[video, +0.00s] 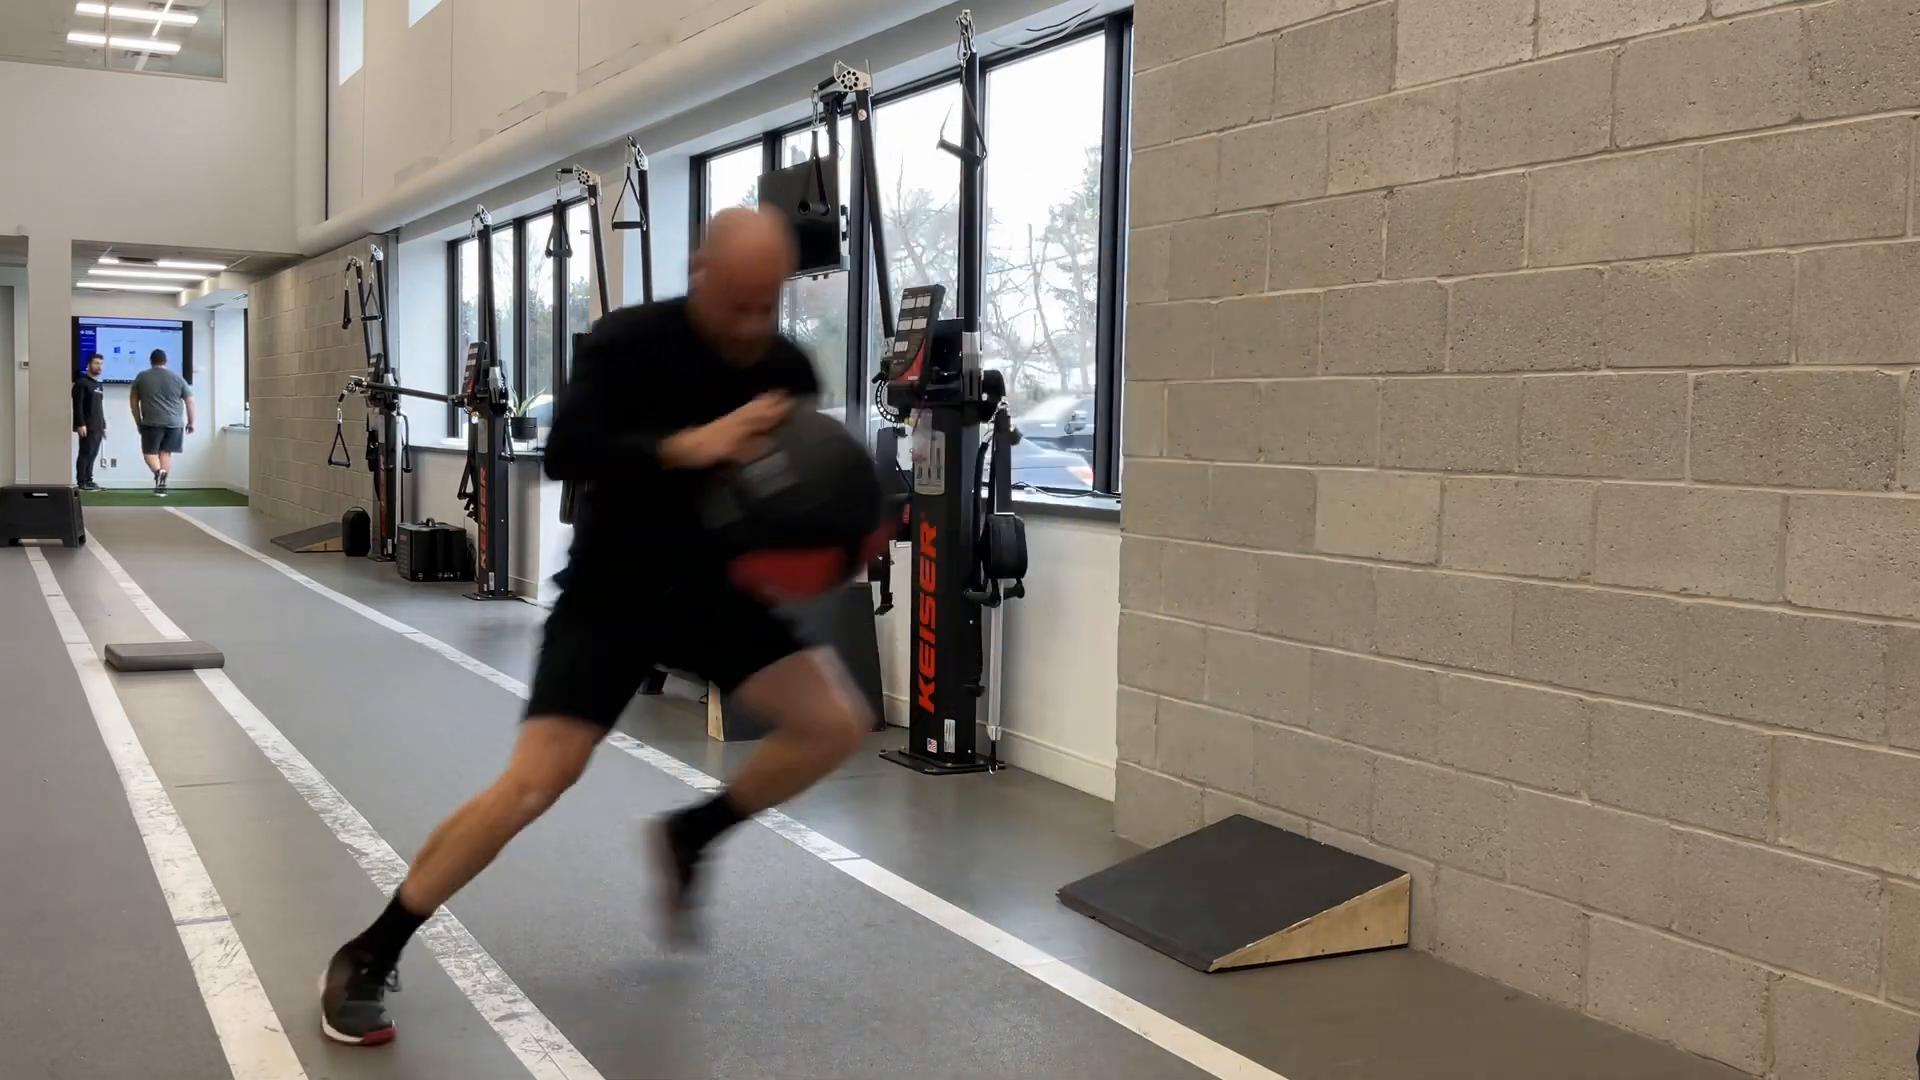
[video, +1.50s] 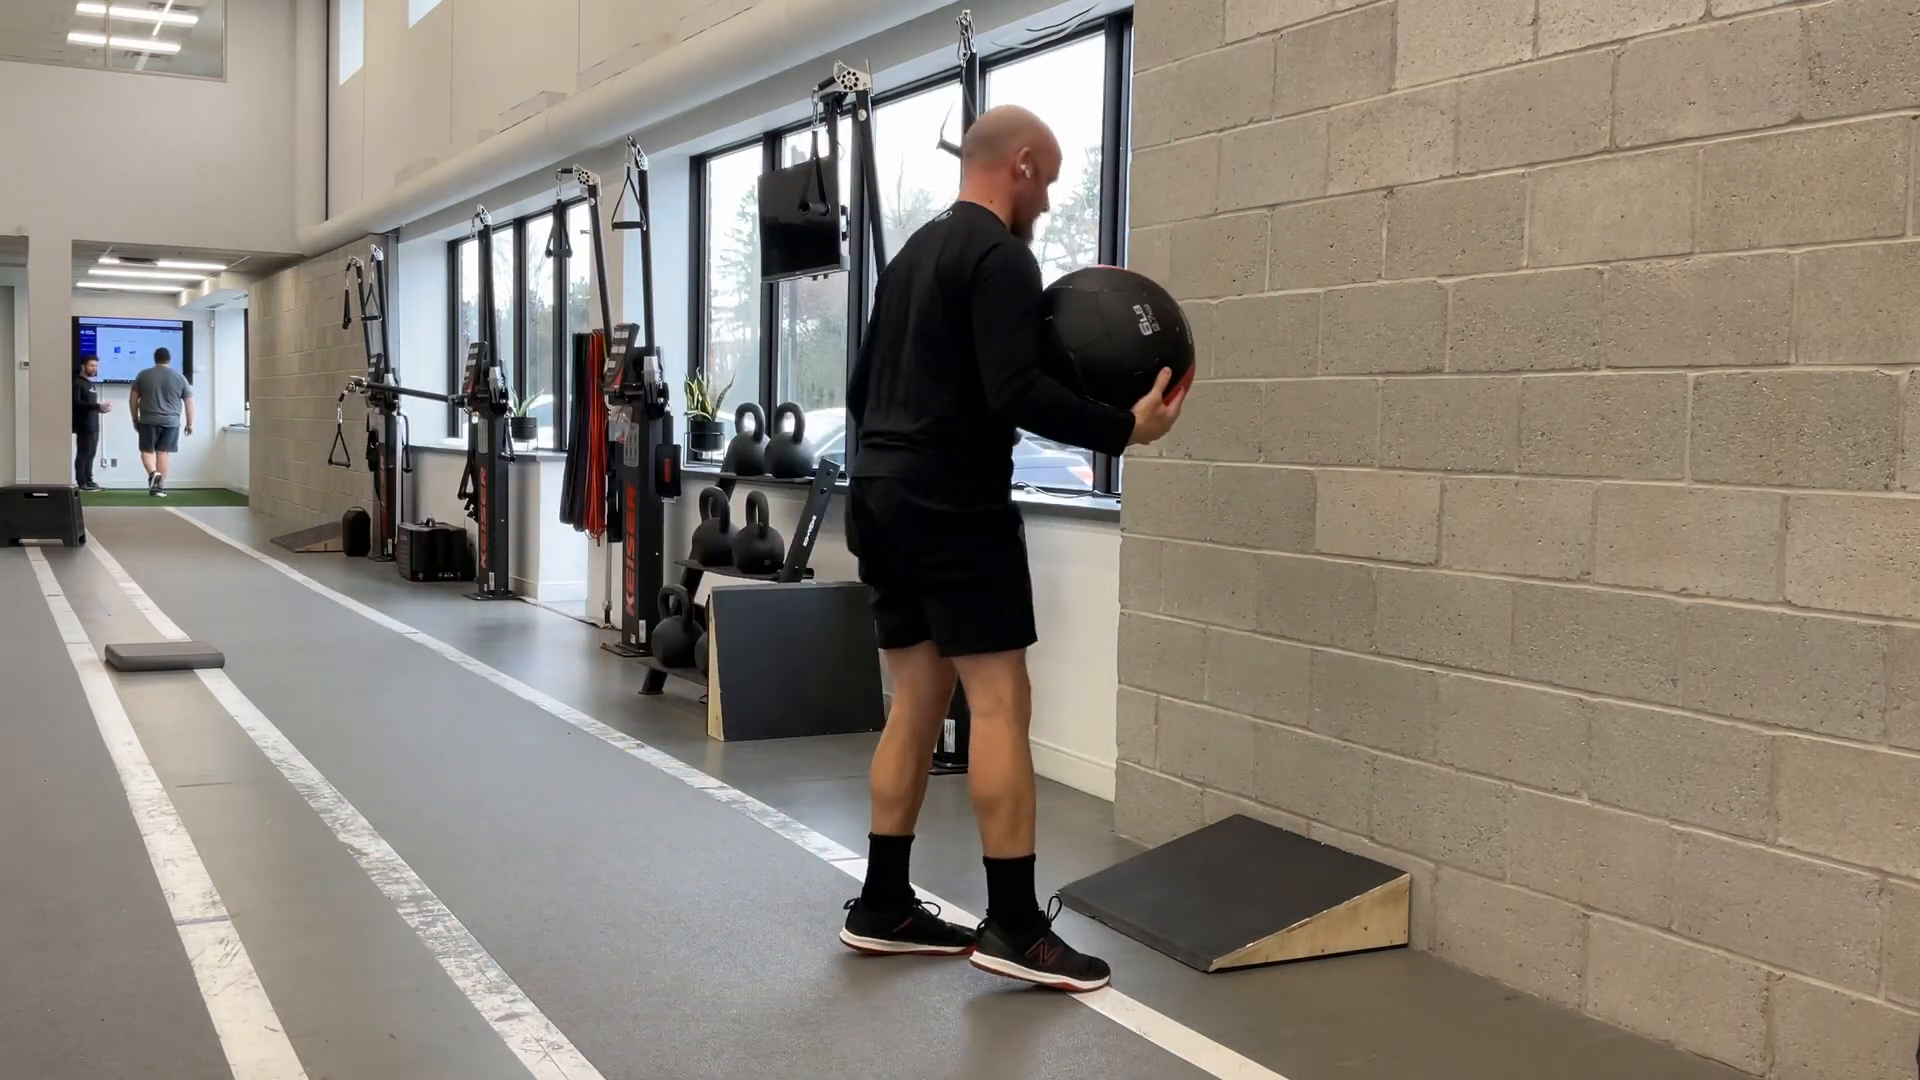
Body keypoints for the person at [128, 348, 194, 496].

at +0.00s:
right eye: (163, 361)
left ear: (151, 362)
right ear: (166, 362)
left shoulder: (142, 377)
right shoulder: (176, 378)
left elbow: (133, 402)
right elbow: (190, 400)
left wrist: (138, 421)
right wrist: (191, 422)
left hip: (152, 423)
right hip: (174, 424)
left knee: (150, 453)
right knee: (166, 452)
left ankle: (158, 471)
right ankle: (162, 486)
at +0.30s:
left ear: (149, 362)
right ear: (163, 362)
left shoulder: (141, 378)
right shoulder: (175, 377)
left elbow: (134, 404)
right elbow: (189, 398)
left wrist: (139, 424)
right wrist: (191, 421)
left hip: (153, 423)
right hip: (176, 424)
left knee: (152, 453)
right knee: (167, 453)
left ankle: (162, 471)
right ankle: (166, 487)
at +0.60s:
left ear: (153, 360)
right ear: (168, 360)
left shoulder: (143, 376)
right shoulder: (178, 377)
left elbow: (134, 400)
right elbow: (190, 399)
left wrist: (138, 418)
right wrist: (190, 422)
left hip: (150, 422)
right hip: (173, 423)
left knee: (148, 451)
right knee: (164, 452)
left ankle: (157, 470)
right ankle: (160, 487)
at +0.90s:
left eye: (161, 360)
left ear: (158, 360)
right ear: (173, 361)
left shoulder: (147, 374)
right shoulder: (181, 378)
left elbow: (135, 396)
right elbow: (190, 403)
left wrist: (137, 415)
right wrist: (189, 425)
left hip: (147, 420)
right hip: (169, 423)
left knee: (142, 448)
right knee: (163, 454)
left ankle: (145, 469)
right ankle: (159, 487)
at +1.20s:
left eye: (161, 359)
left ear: (159, 359)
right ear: (173, 360)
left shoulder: (146, 373)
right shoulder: (181, 379)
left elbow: (134, 396)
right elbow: (190, 403)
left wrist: (136, 415)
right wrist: (188, 426)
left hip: (146, 420)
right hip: (169, 423)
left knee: (140, 448)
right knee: (163, 453)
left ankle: (141, 469)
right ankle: (159, 488)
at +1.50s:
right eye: (166, 358)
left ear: (154, 359)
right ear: (169, 360)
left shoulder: (144, 375)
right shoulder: (178, 377)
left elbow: (133, 397)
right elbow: (189, 401)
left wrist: (134, 417)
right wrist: (189, 423)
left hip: (148, 422)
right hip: (170, 423)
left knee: (147, 451)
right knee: (163, 452)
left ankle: (153, 473)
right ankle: (159, 488)